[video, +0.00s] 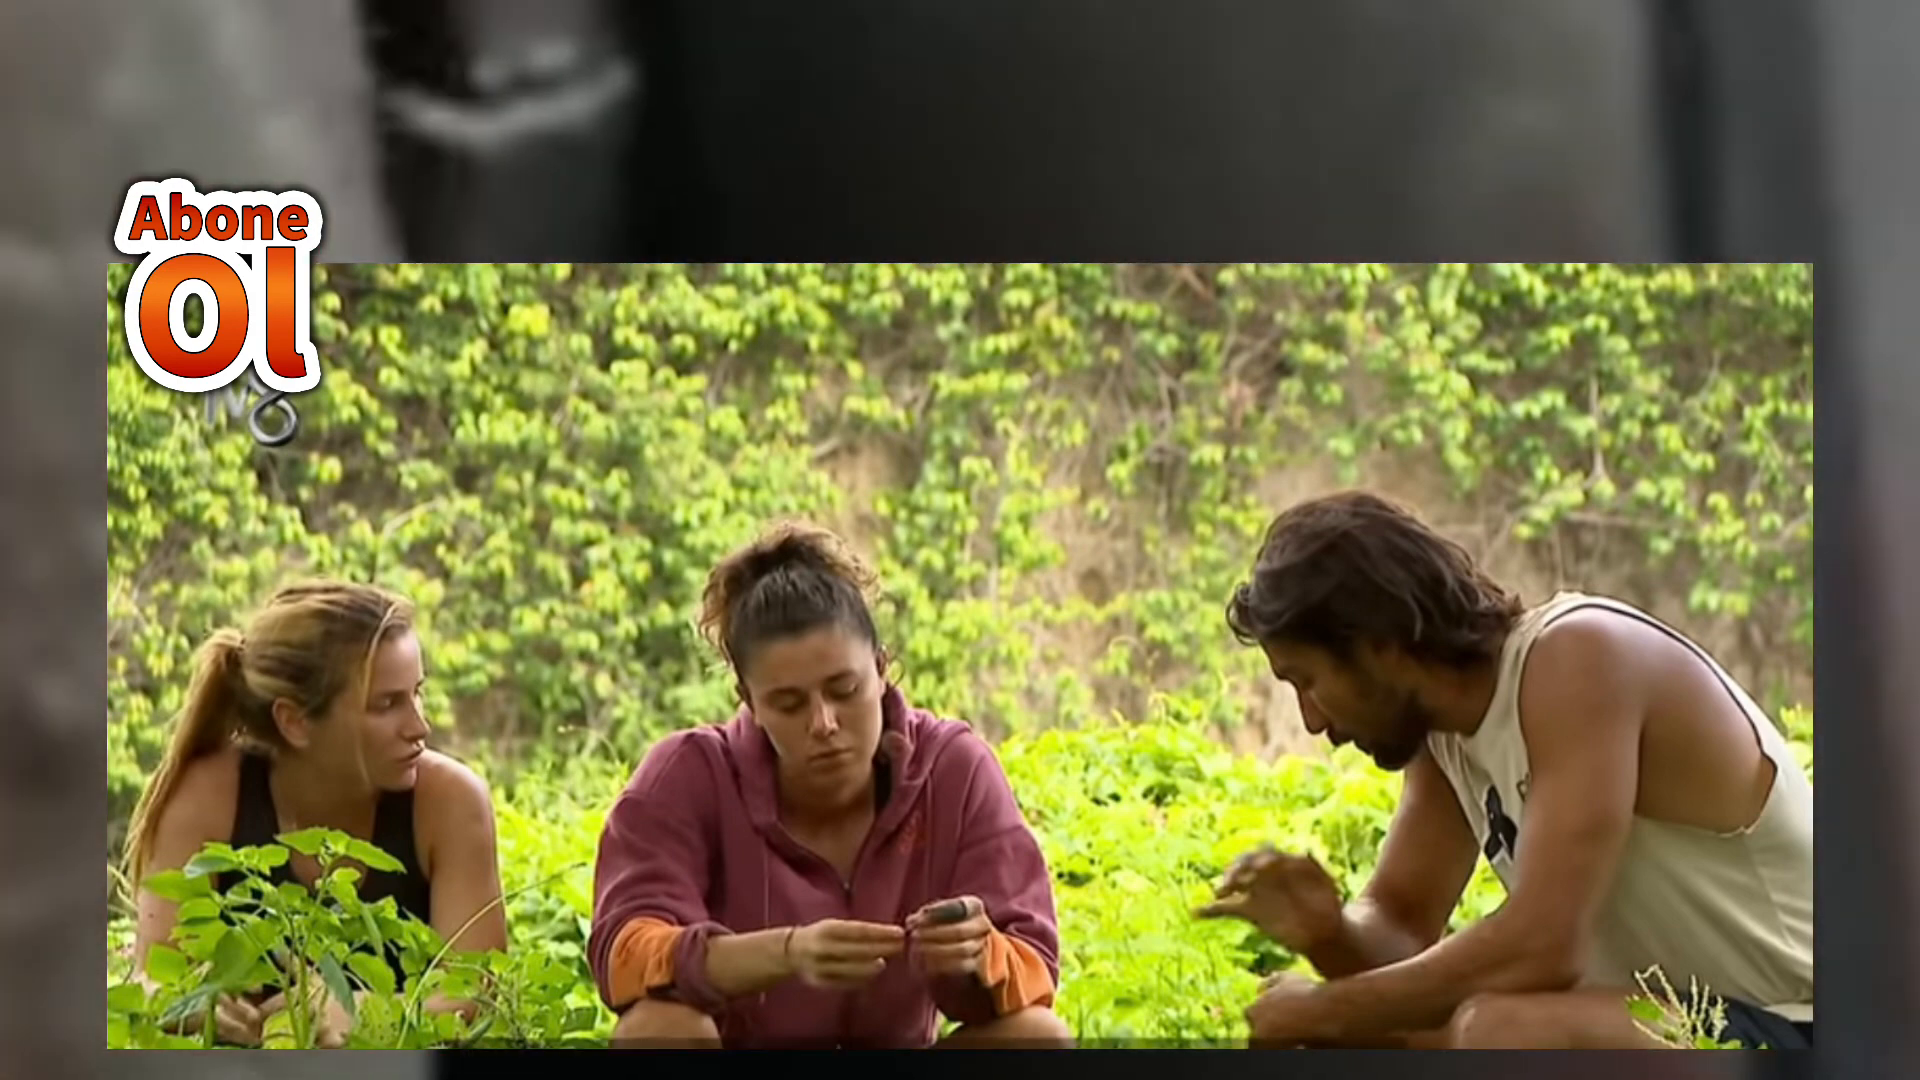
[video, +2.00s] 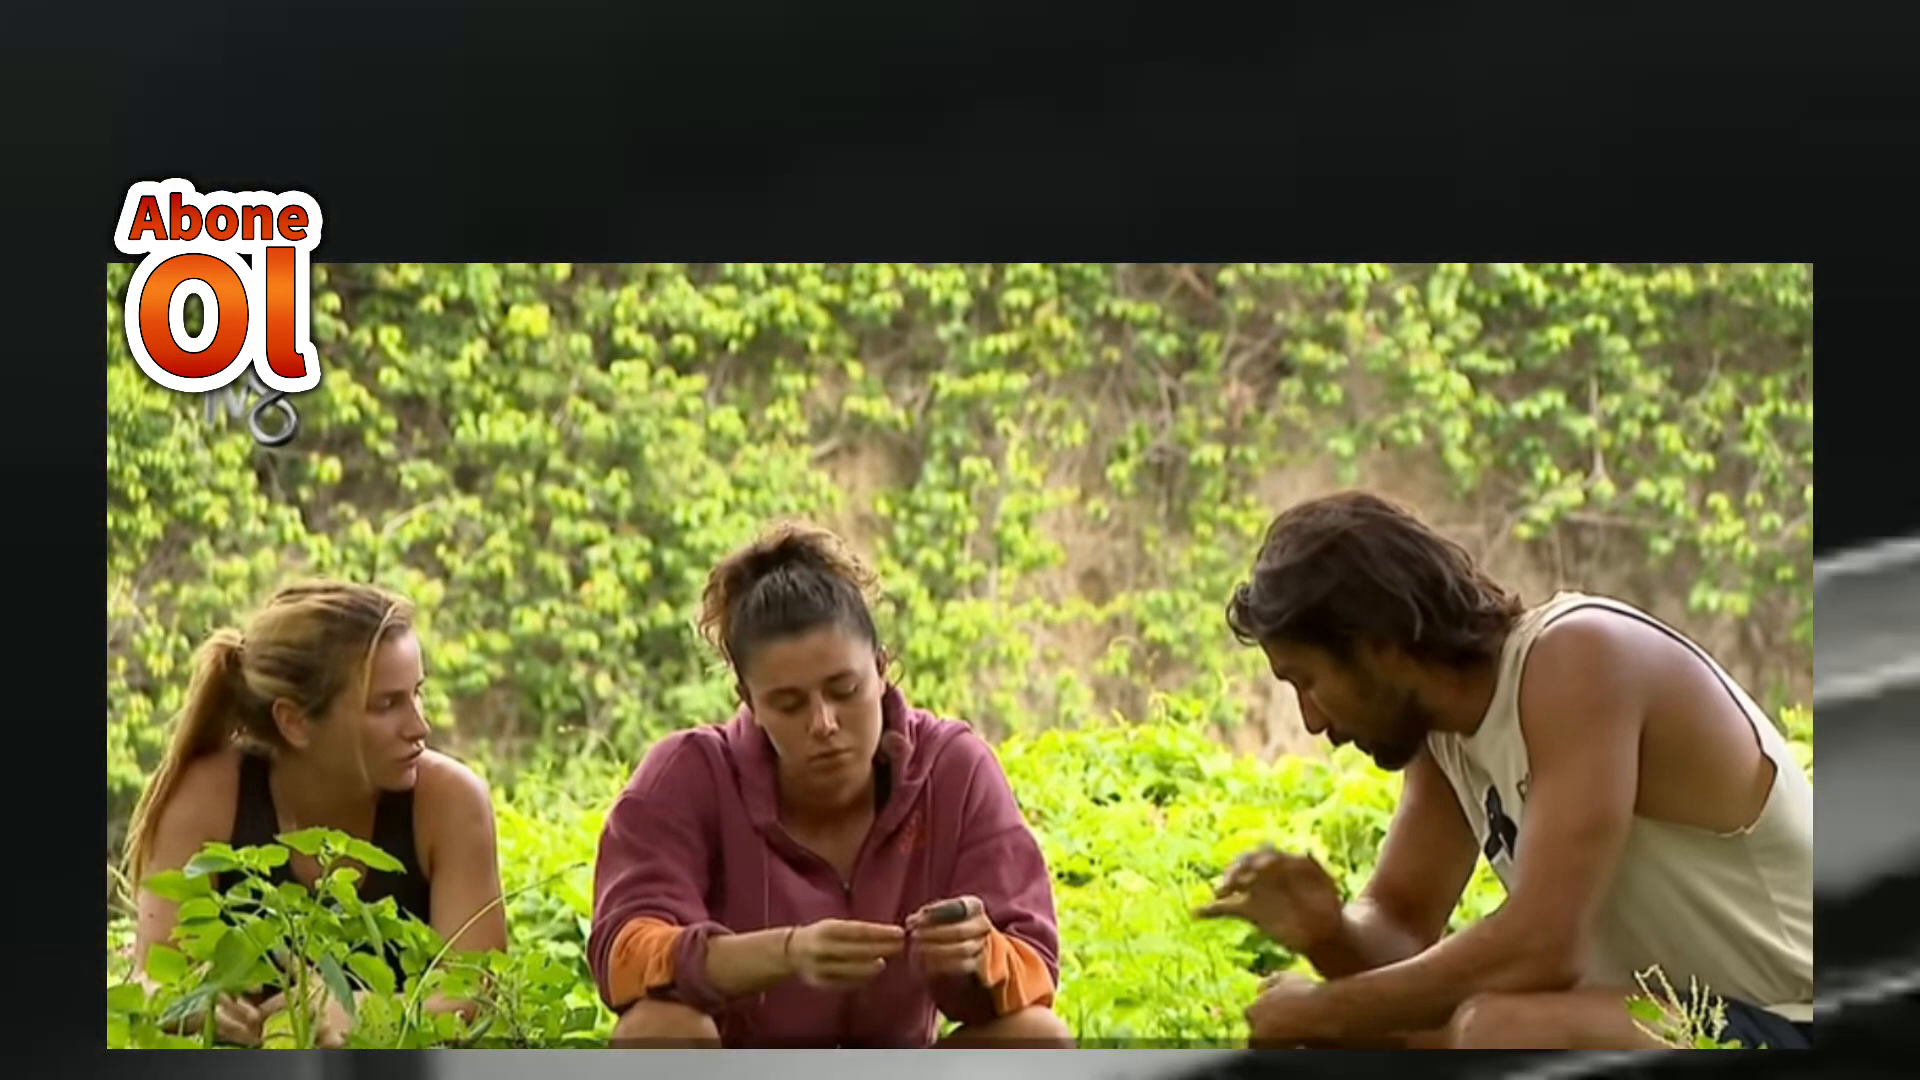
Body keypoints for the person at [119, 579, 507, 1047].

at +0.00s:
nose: (420, 725)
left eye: (417, 695)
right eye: (388, 705)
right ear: (295, 723)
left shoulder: (451, 799)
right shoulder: (206, 792)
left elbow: (471, 1002)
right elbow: (152, 983)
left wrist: (355, 1013)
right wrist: (199, 1008)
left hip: (387, 1065)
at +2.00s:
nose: (420, 725)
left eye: (417, 695)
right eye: (388, 705)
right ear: (295, 722)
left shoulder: (451, 799)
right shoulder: (206, 791)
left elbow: (470, 1001)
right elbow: (151, 983)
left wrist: (355, 1013)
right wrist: (198, 1008)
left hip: (386, 1066)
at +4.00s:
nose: (420, 725)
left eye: (417, 695)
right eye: (388, 705)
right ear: (295, 722)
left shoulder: (451, 799)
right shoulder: (205, 792)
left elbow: (470, 1001)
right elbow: (153, 984)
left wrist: (354, 1014)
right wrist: (200, 1009)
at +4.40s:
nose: (420, 726)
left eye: (417, 695)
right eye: (387, 705)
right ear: (295, 722)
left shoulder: (451, 799)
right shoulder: (206, 792)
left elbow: (471, 1000)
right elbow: (153, 982)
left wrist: (354, 1012)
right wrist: (201, 1008)